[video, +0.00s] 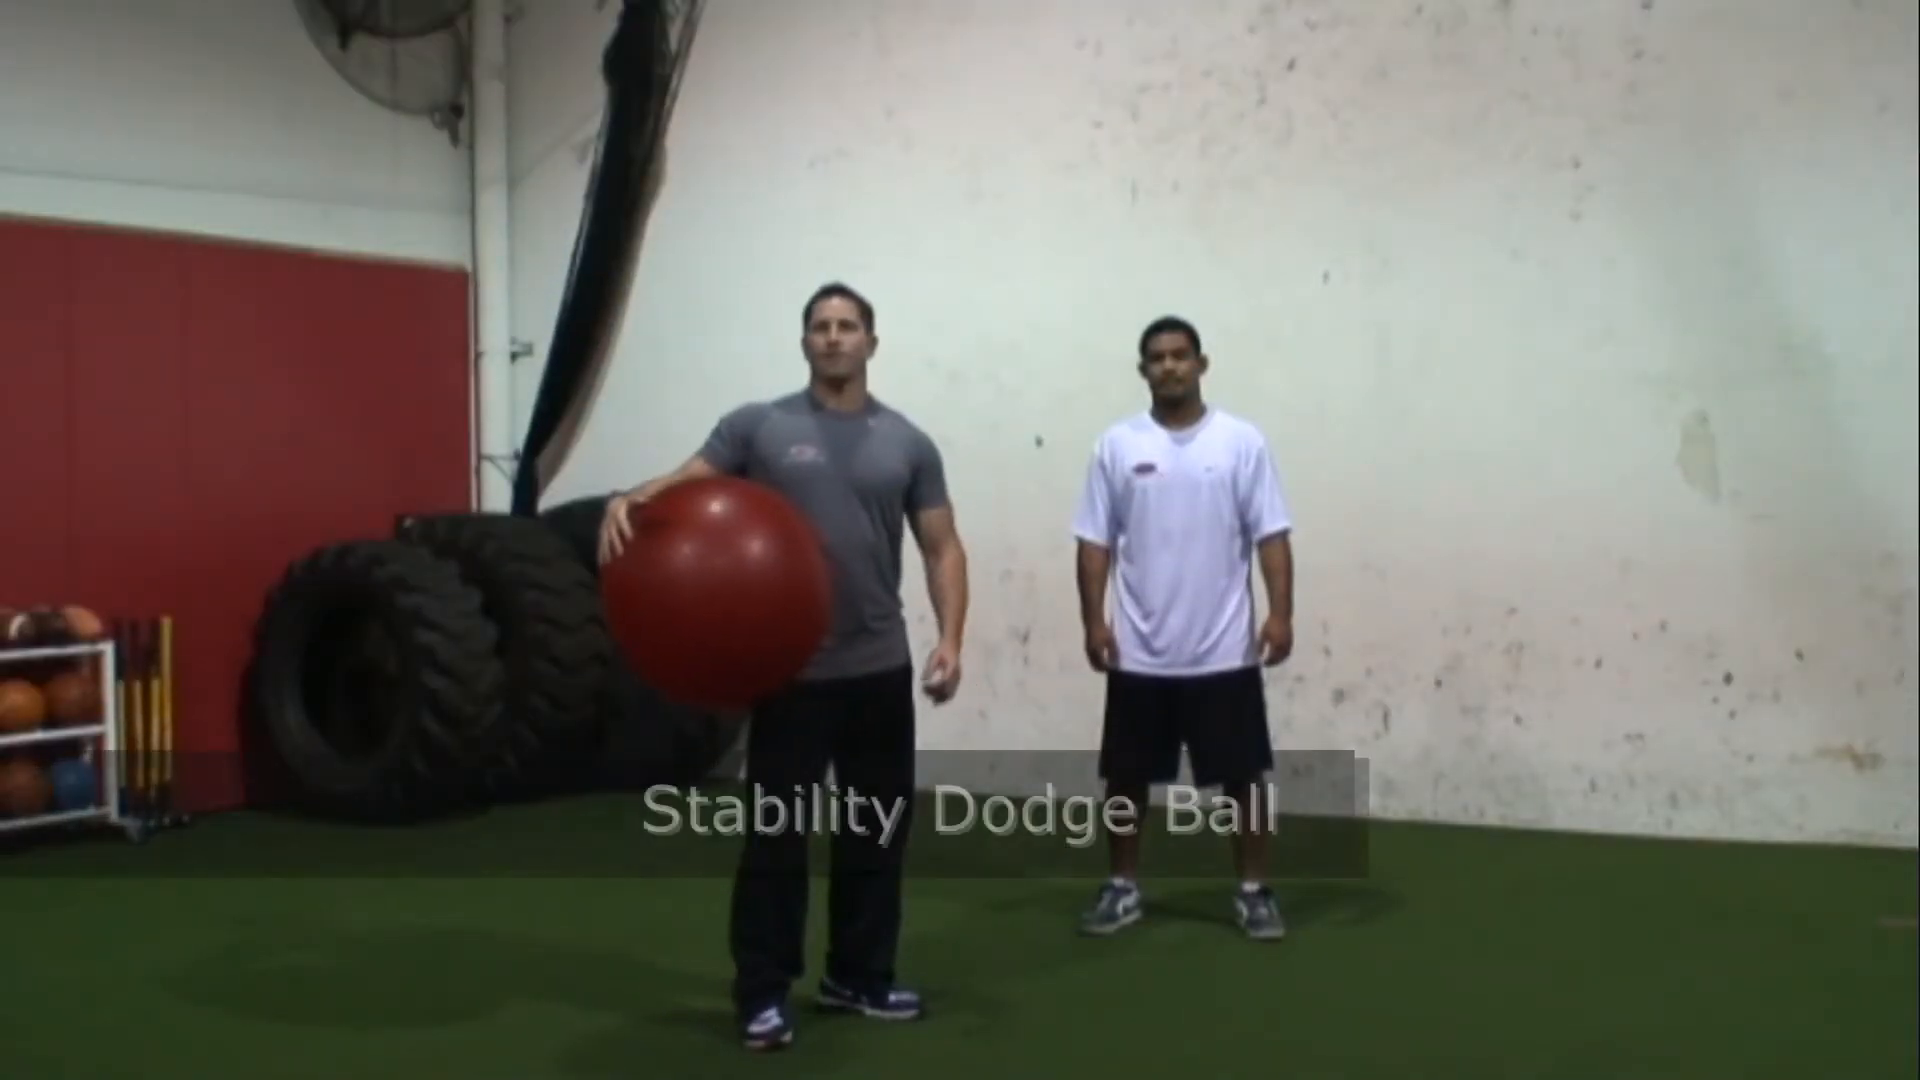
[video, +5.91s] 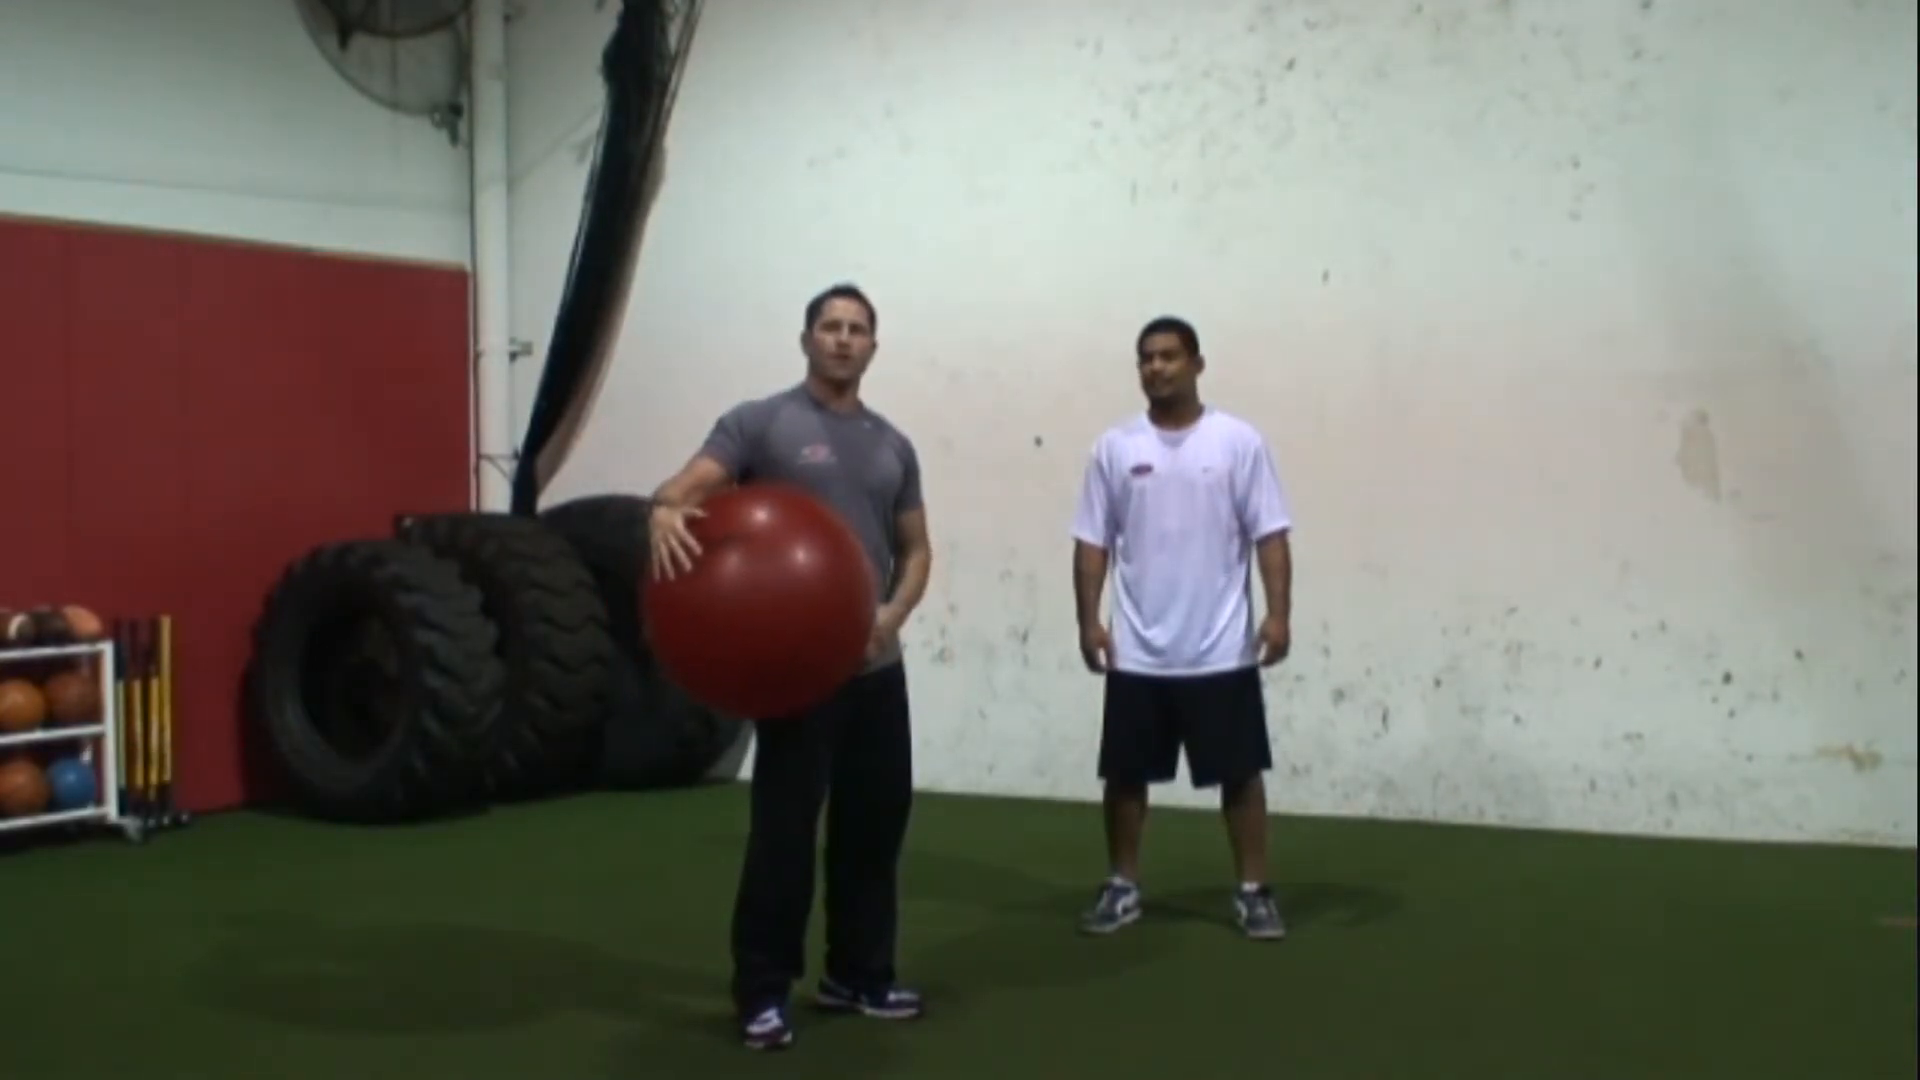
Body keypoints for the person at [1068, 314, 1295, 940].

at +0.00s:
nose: (1169, 366)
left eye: (1179, 356)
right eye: (1157, 358)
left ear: (1201, 364)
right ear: (1143, 371)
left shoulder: (1242, 442)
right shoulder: (1118, 446)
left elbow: (1271, 533)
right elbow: (1094, 539)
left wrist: (1281, 612)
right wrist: (1094, 620)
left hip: (1223, 645)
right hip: (1141, 646)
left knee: (1245, 780)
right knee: (1124, 779)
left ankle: (1253, 888)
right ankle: (1123, 884)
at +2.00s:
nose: (1166, 366)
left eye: (1177, 356)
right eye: (1155, 358)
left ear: (1199, 364)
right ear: (1141, 371)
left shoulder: (1240, 442)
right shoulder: (1117, 448)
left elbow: (1269, 534)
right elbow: (1094, 541)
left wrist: (1277, 613)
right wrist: (1093, 622)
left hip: (1222, 648)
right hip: (1140, 649)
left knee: (1242, 778)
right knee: (1124, 778)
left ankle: (1253, 887)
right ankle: (1123, 884)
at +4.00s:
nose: (1163, 367)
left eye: (1174, 357)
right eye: (1152, 359)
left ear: (1198, 365)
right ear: (1139, 372)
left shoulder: (1239, 443)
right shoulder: (1116, 449)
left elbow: (1269, 535)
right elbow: (1093, 540)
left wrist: (1275, 616)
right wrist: (1091, 621)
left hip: (1221, 645)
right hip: (1139, 646)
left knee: (1242, 776)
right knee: (1123, 777)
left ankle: (1254, 889)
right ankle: (1122, 883)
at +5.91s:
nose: (1156, 367)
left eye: (1169, 357)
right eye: (1148, 359)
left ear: (1197, 364)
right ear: (1137, 370)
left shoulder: (1239, 442)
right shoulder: (1115, 448)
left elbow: (1270, 533)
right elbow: (1092, 539)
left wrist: (1278, 612)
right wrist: (1089, 619)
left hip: (1221, 644)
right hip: (1138, 645)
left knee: (1242, 776)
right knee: (1123, 777)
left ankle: (1253, 888)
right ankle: (1122, 884)